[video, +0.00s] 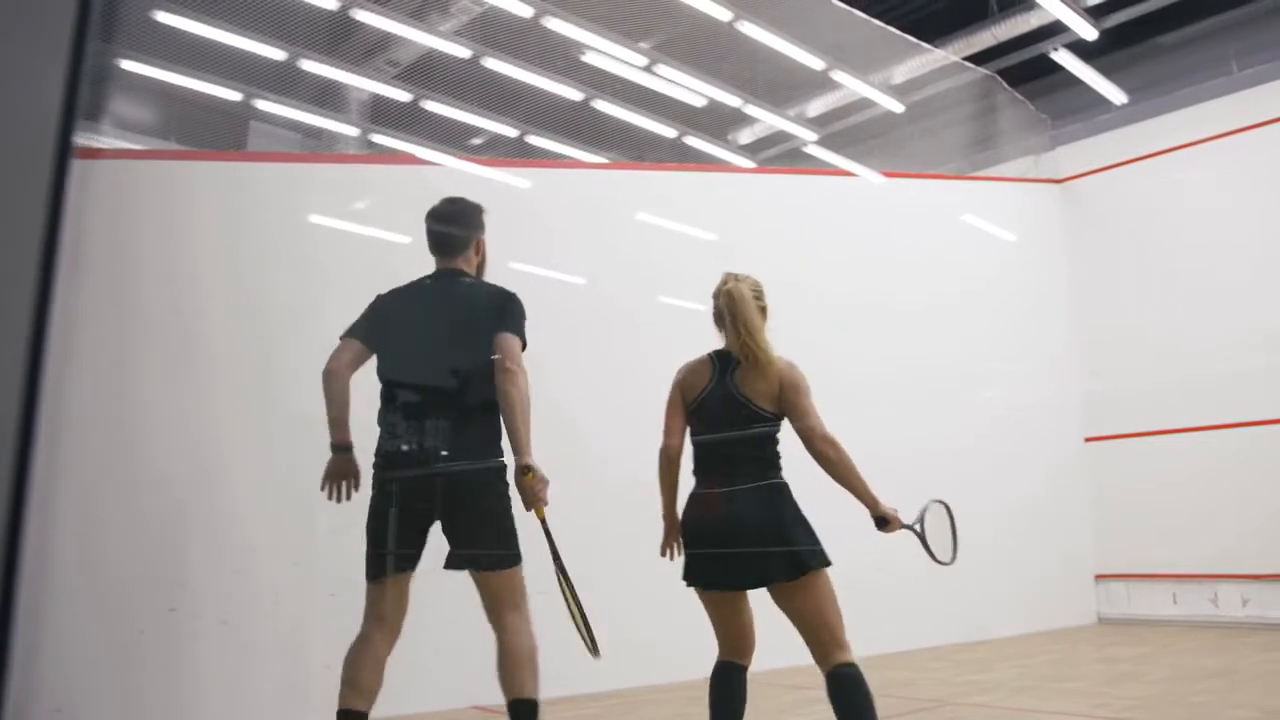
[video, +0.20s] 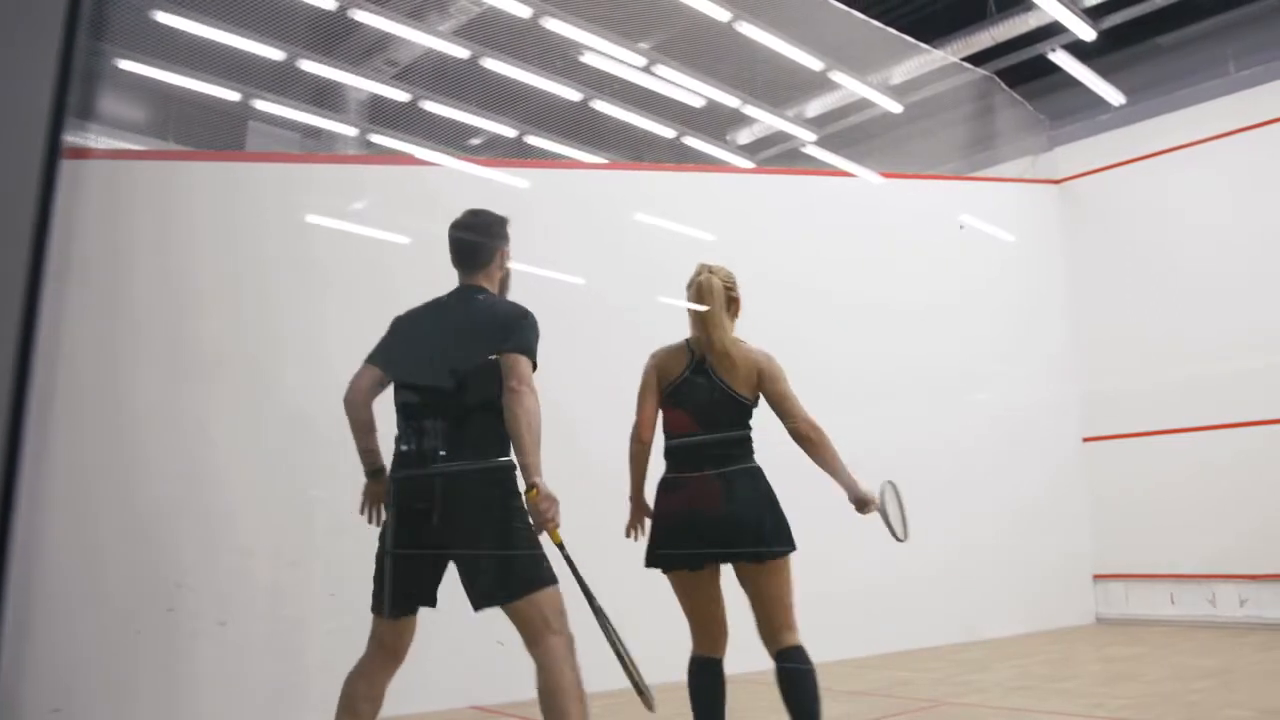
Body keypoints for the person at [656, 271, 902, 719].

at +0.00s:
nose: (763, 316)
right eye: (763, 308)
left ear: (716, 317)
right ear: (763, 313)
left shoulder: (689, 376)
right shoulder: (781, 373)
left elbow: (670, 450)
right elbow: (819, 442)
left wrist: (669, 517)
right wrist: (874, 504)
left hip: (708, 526)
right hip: (772, 520)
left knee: (733, 649)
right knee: (833, 650)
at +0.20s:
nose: (738, 308)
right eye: (737, 300)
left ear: (689, 305)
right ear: (736, 304)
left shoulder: (662, 363)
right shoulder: (756, 362)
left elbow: (641, 437)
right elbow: (802, 429)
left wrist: (636, 497)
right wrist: (852, 486)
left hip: (682, 513)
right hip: (746, 506)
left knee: (707, 641)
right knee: (782, 637)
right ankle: (808, 715)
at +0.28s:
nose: (728, 305)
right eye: (728, 297)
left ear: (678, 299)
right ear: (725, 300)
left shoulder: (652, 356)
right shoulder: (749, 356)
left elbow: (633, 434)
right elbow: (800, 425)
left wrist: (624, 492)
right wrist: (844, 480)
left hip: (671, 503)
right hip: (736, 497)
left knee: (692, 640)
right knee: (759, 632)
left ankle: (698, 719)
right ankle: (786, 715)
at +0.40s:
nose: (712, 299)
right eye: (711, 292)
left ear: (662, 299)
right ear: (709, 298)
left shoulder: (641, 350)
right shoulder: (738, 356)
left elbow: (623, 426)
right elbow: (792, 422)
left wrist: (605, 484)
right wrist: (831, 475)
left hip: (657, 495)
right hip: (722, 492)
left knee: (667, 632)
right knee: (733, 630)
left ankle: (671, 717)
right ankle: (755, 716)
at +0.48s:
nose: (651, 310)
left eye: (652, 302)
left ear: (651, 305)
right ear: (698, 306)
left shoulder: (633, 354)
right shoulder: (726, 361)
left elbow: (616, 428)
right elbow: (782, 426)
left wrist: (590, 490)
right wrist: (821, 480)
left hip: (648, 497)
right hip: (713, 495)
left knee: (645, 633)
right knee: (721, 631)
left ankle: (647, 717)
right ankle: (746, 716)